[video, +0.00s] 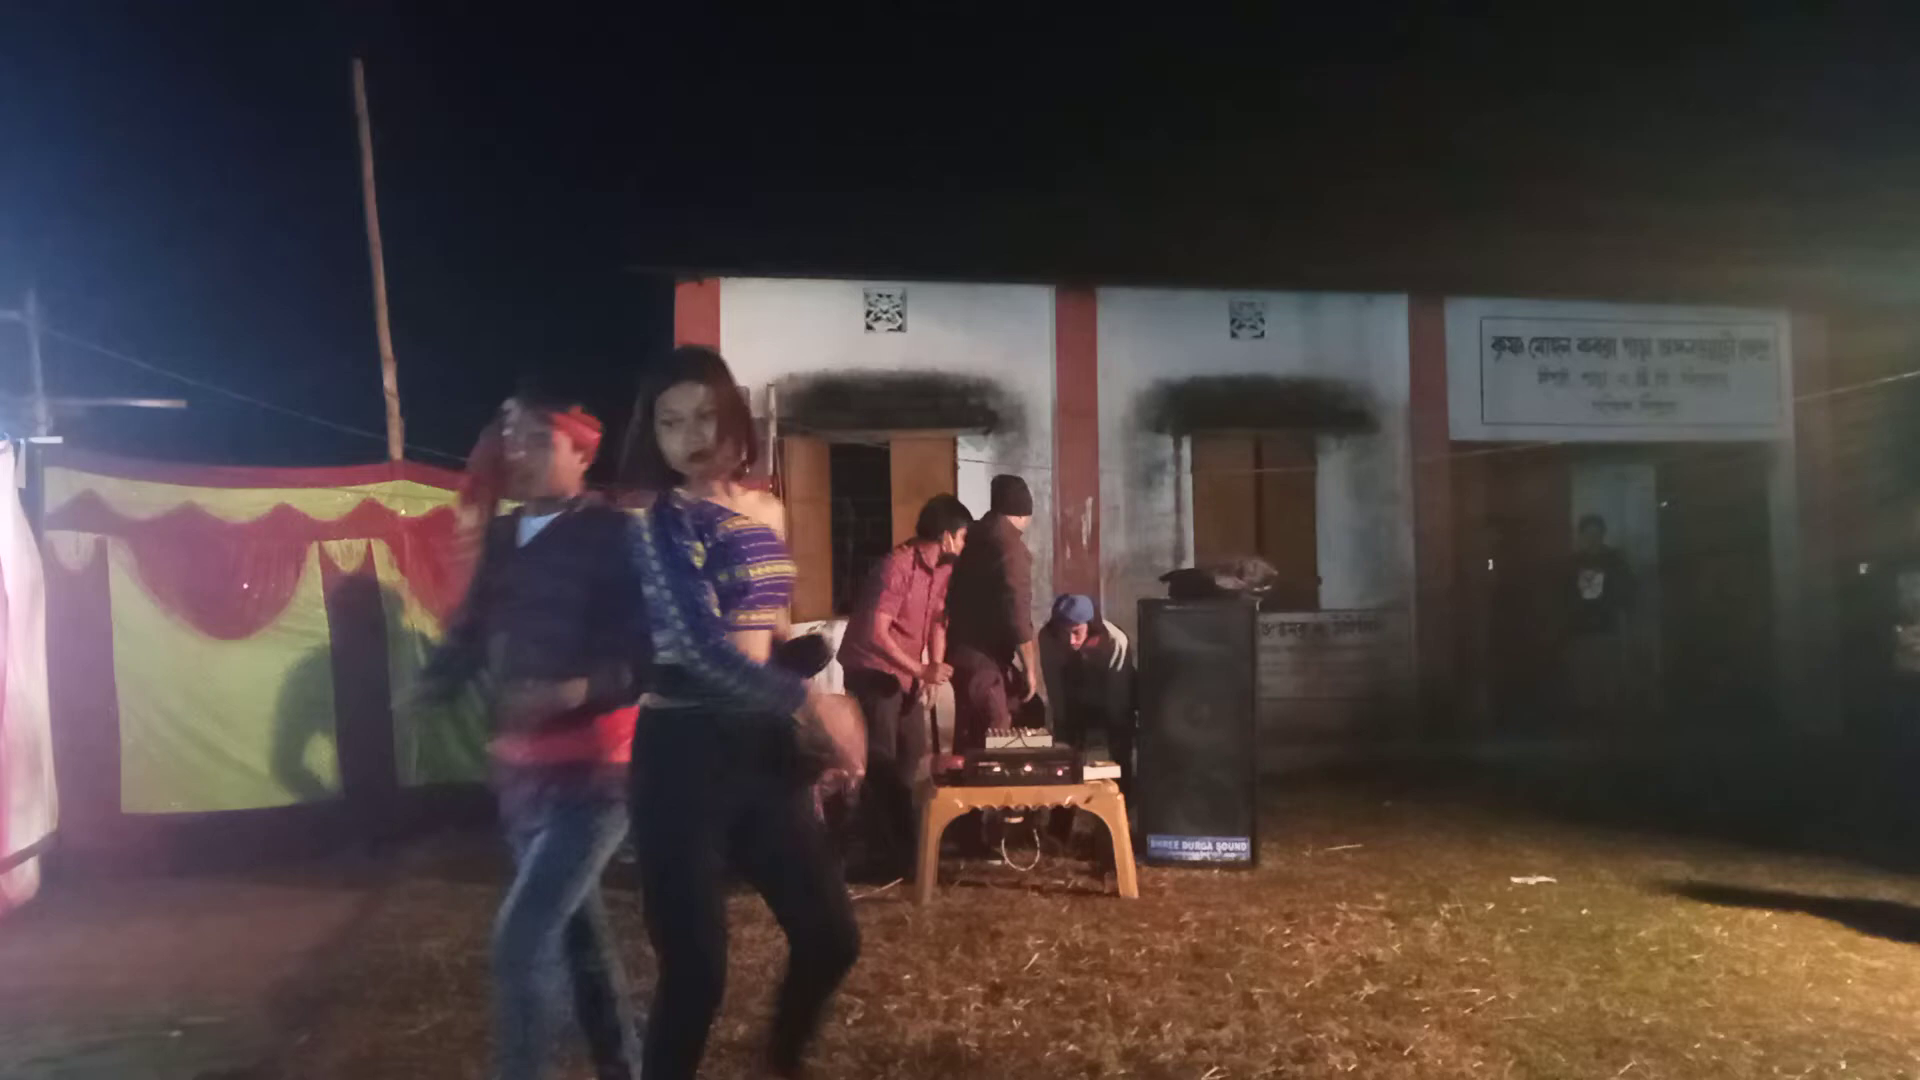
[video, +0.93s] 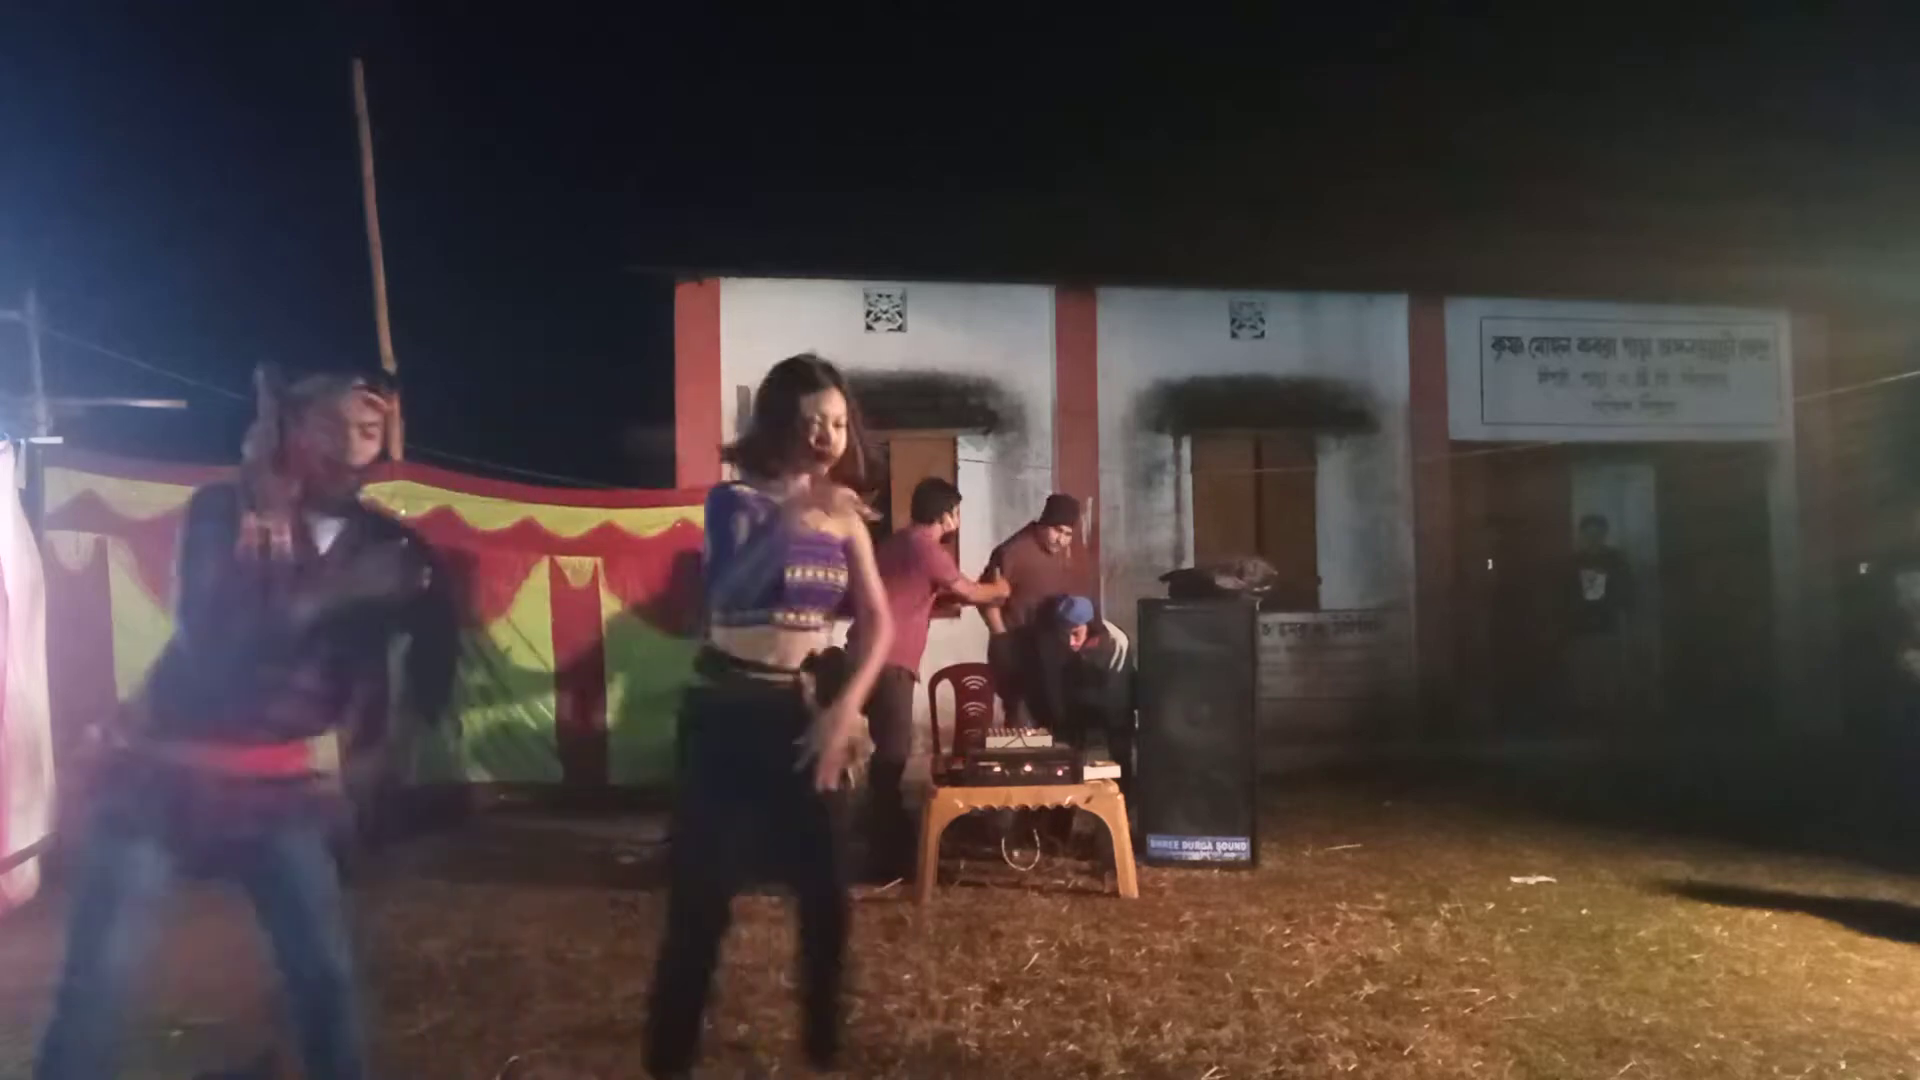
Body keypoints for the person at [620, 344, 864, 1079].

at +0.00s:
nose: (694, 435)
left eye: (707, 416)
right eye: (674, 421)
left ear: (735, 419)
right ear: (653, 433)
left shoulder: (768, 510)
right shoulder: (660, 518)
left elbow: (770, 638)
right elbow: (687, 646)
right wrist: (798, 700)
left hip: (758, 740)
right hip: (680, 744)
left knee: (830, 942)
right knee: (695, 969)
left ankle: (779, 1060)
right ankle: (663, 1072)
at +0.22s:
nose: (699, 475)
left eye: (715, 456)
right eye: (687, 458)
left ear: (759, 460)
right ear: (678, 468)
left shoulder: (809, 545)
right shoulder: (688, 560)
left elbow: (815, 673)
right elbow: (732, 667)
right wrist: (819, 586)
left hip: (791, 769)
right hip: (712, 772)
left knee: (855, 982)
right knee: (717, 998)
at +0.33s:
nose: (712, 468)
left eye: (727, 449)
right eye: (706, 452)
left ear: (777, 447)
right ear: (701, 459)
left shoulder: (846, 525)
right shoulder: (713, 543)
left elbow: (880, 617)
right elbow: (727, 653)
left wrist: (835, 669)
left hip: (819, 744)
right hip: (734, 746)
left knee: (853, 957)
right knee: (724, 959)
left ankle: (857, 1069)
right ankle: (693, 1068)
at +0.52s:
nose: (744, 448)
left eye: (761, 431)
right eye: (735, 432)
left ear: (805, 435)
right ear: (724, 435)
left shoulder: (844, 511)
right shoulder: (731, 525)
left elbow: (942, 594)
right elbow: (717, 625)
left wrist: (1013, 588)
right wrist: (742, 685)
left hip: (843, 724)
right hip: (760, 724)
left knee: (878, 924)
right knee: (746, 933)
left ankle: (899, 1064)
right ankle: (720, 1068)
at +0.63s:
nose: (786, 486)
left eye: (800, 472)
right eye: (773, 471)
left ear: (825, 482)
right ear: (752, 480)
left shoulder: (853, 564)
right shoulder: (736, 577)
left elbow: (937, 640)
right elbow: (733, 699)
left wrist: (969, 749)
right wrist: (765, 806)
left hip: (856, 778)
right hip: (771, 778)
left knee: (909, 972)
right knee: (751, 982)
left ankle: (943, 1066)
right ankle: (718, 1067)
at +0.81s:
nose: (828, 456)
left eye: (839, 441)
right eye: (815, 438)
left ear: (850, 450)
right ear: (781, 441)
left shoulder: (852, 532)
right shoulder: (730, 524)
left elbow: (901, 641)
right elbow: (706, 635)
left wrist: (871, 739)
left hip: (813, 731)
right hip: (730, 734)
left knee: (852, 914)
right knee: (719, 928)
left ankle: (892, 1058)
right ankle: (702, 1067)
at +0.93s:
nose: (825, 436)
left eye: (835, 423)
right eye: (809, 422)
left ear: (848, 428)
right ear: (776, 423)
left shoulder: (844, 512)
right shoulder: (732, 499)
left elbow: (878, 621)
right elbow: (724, 592)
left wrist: (846, 711)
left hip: (813, 708)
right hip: (726, 703)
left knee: (826, 889)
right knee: (700, 893)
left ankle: (823, 1051)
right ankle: (668, 1060)